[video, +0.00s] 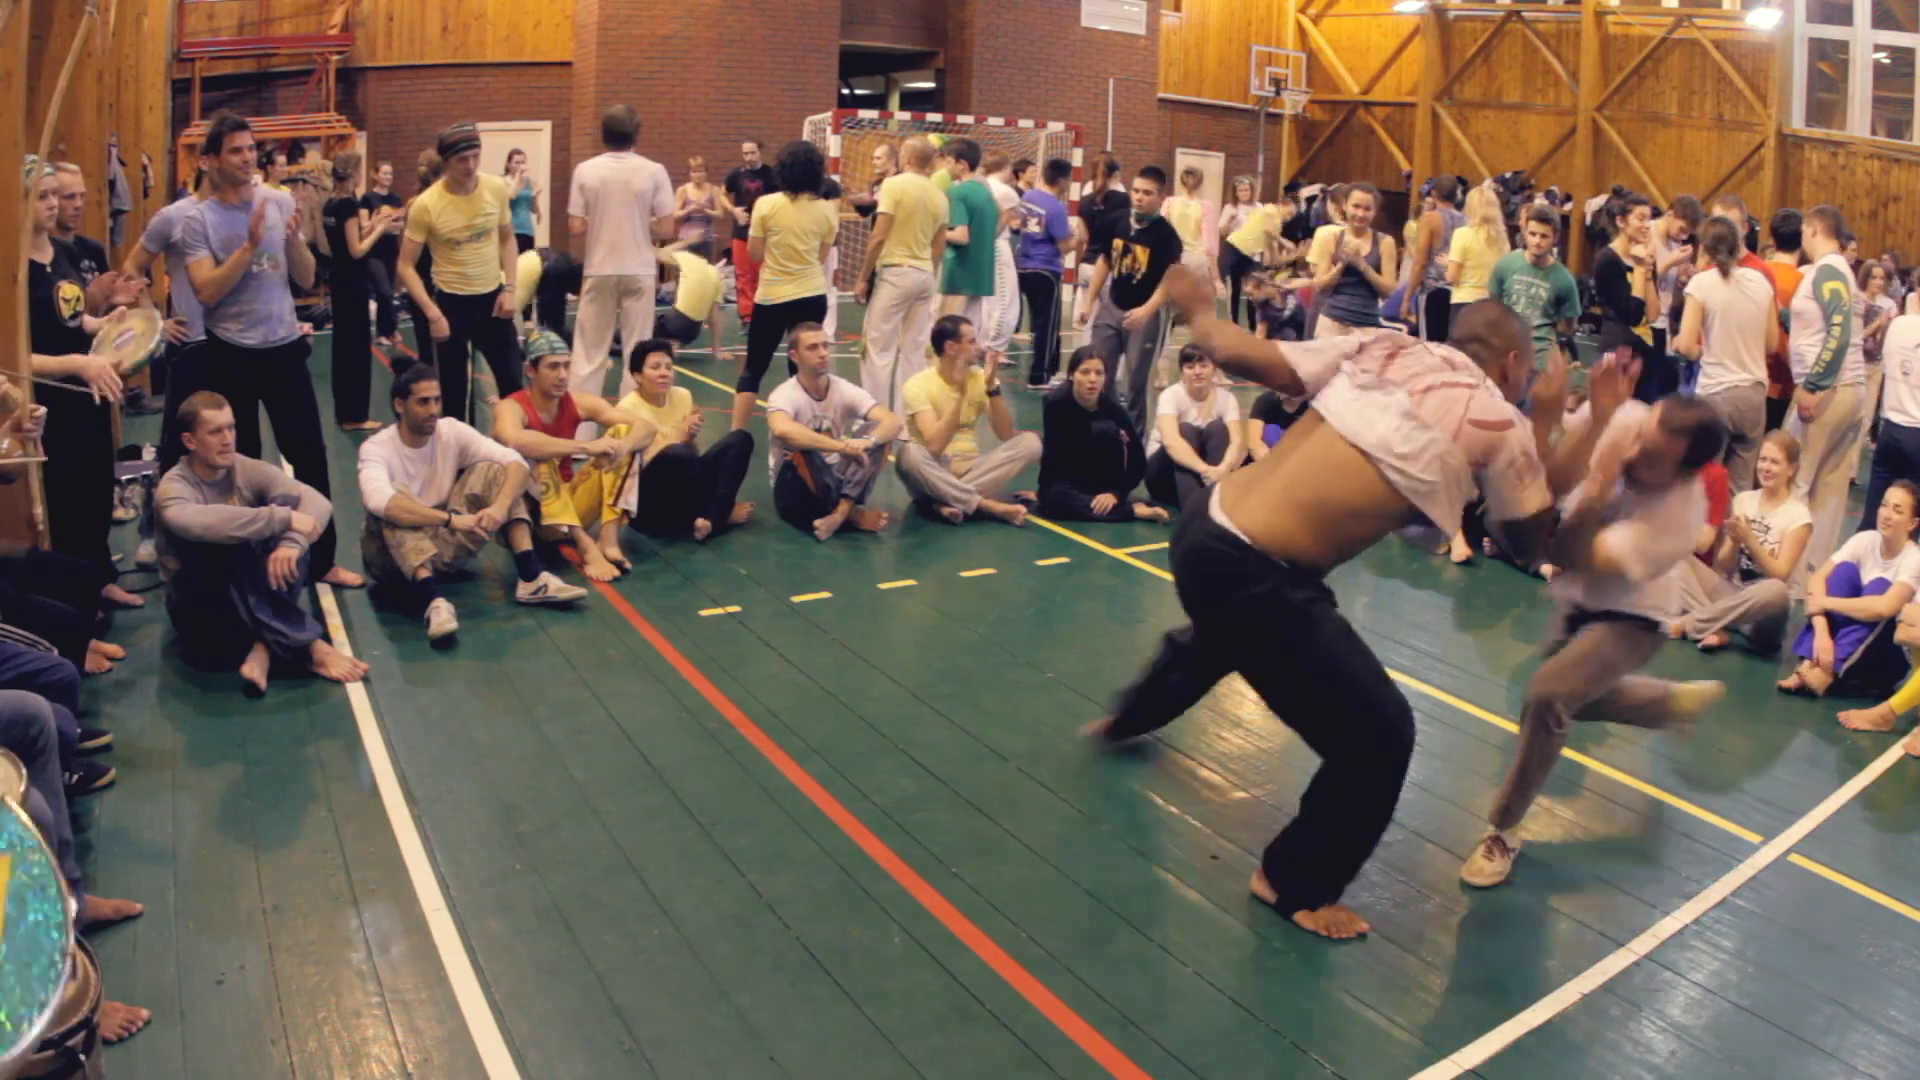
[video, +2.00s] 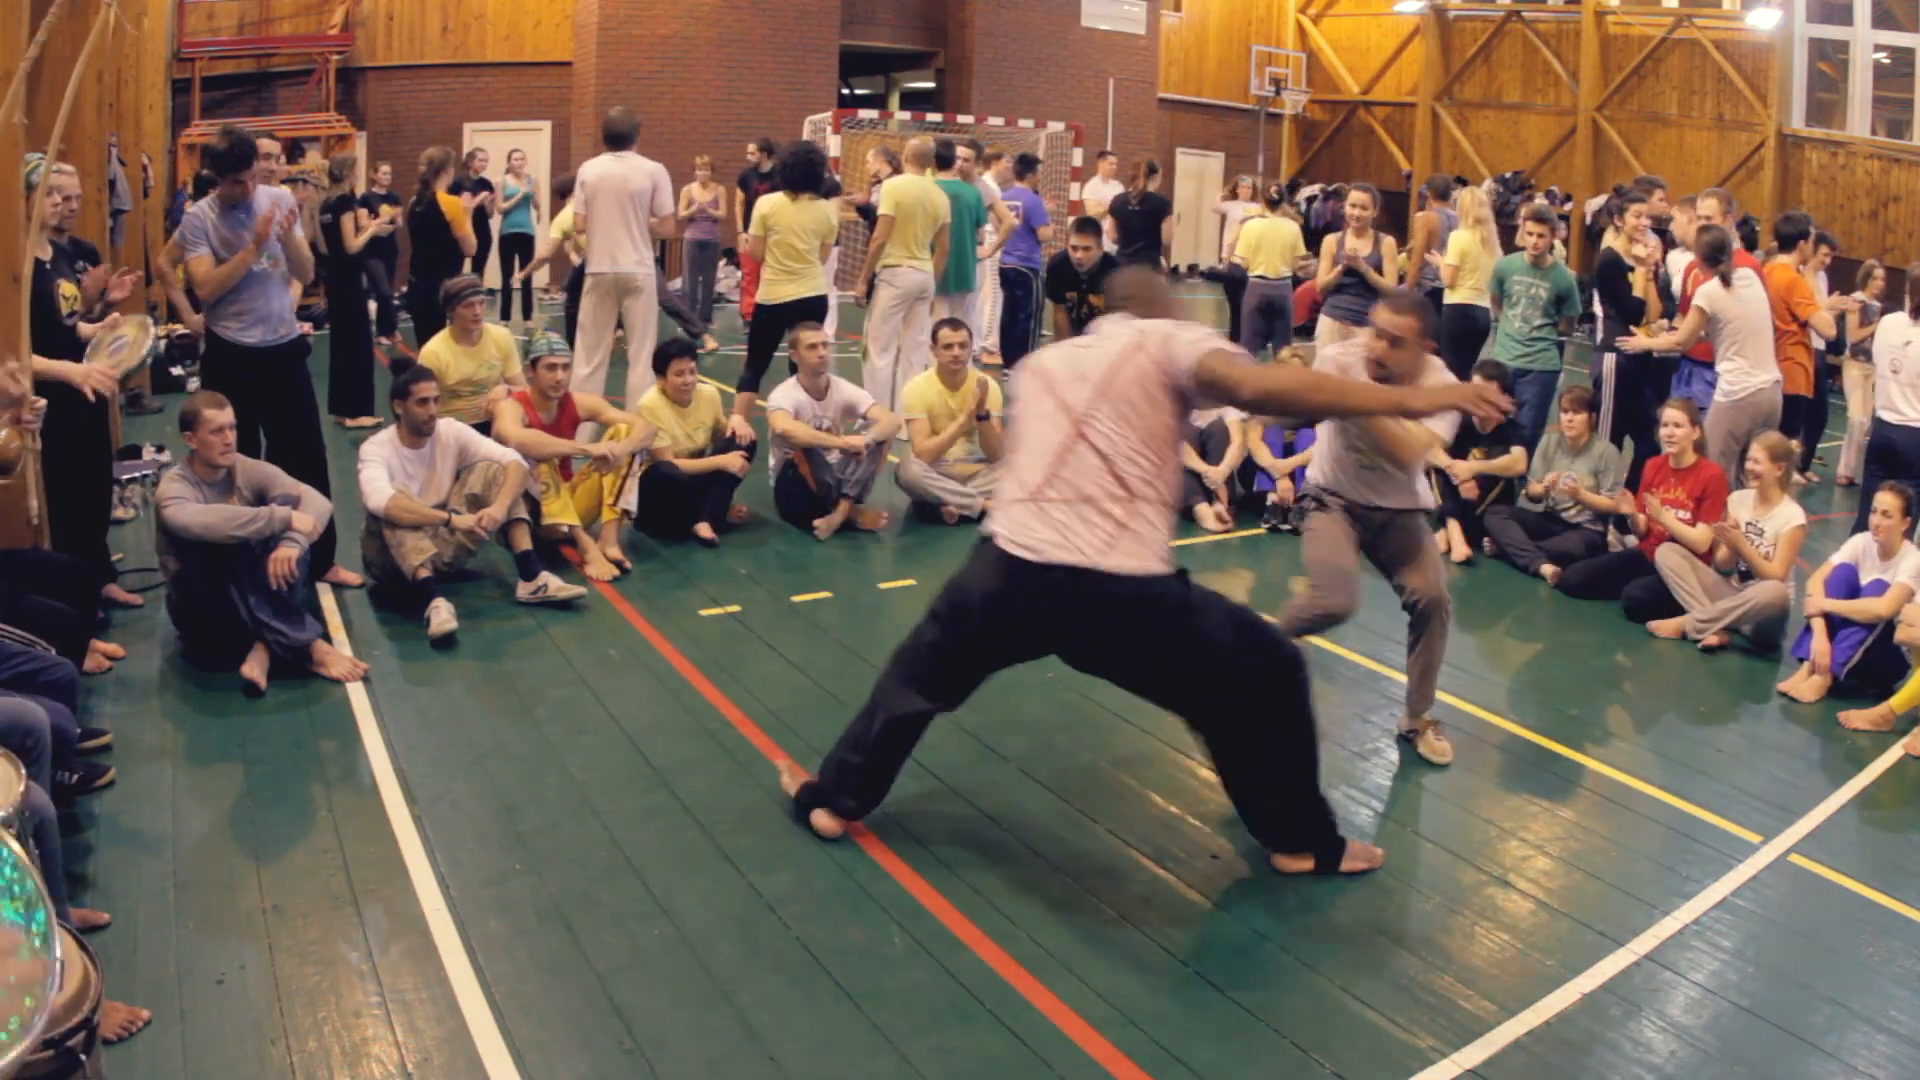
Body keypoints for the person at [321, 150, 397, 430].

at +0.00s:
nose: (365, 175)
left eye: (364, 170)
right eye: (363, 170)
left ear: (338, 172)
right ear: (352, 173)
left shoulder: (329, 205)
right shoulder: (348, 205)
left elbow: (344, 244)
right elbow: (356, 249)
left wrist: (369, 226)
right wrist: (380, 229)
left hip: (339, 278)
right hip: (354, 281)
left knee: (345, 342)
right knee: (358, 343)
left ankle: (346, 413)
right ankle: (355, 416)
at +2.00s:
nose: (360, 177)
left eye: (358, 171)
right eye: (358, 172)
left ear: (334, 173)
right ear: (350, 174)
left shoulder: (325, 204)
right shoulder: (345, 202)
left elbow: (335, 244)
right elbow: (351, 245)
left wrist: (364, 227)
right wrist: (372, 229)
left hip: (335, 279)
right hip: (349, 280)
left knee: (343, 342)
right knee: (357, 343)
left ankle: (342, 409)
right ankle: (356, 413)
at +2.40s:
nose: (364, 176)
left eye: (362, 170)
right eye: (362, 170)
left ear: (337, 172)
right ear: (353, 173)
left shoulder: (330, 203)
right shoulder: (348, 202)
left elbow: (349, 241)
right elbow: (360, 245)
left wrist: (368, 224)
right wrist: (378, 225)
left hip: (339, 279)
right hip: (354, 282)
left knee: (345, 341)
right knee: (359, 343)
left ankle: (343, 409)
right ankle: (354, 413)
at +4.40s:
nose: (370, 174)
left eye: (369, 169)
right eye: (368, 169)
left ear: (343, 170)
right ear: (359, 171)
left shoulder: (333, 203)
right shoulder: (354, 203)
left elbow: (345, 245)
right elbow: (361, 247)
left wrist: (370, 226)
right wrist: (380, 229)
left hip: (342, 281)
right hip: (358, 283)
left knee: (347, 343)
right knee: (361, 346)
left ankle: (346, 411)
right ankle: (356, 414)